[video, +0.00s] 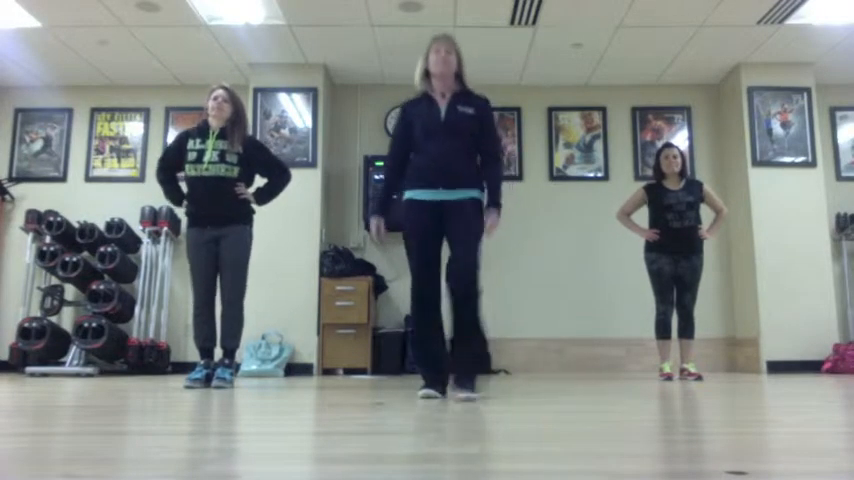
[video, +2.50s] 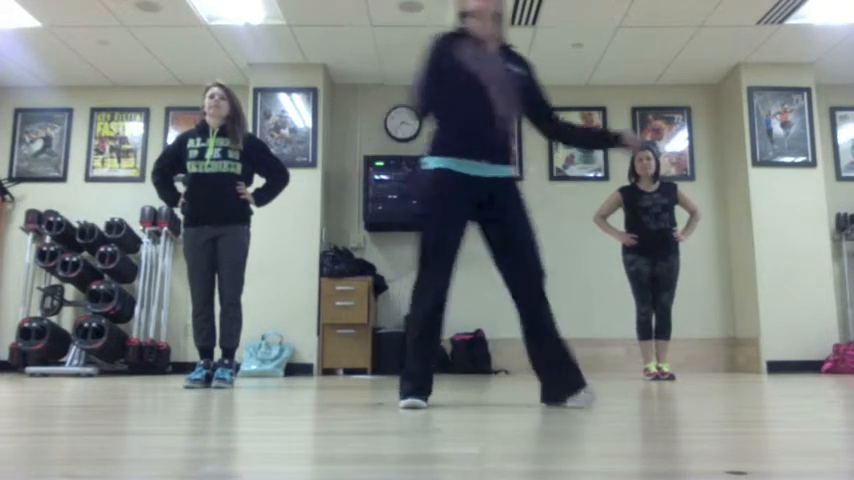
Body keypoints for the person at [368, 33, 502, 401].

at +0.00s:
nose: (443, 58)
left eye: (449, 53)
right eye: (437, 53)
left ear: (458, 61)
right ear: (426, 62)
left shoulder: (477, 105)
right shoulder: (412, 108)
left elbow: (491, 156)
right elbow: (395, 160)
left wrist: (493, 202)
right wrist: (379, 208)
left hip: (465, 204)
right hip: (419, 204)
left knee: (463, 285)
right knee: (424, 290)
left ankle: (464, 375)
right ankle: (432, 378)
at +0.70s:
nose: (438, 14)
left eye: (445, 10)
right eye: (431, 10)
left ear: (457, 22)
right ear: (422, 22)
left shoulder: (480, 69)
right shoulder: (406, 69)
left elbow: (497, 119)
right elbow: (390, 129)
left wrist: (496, 148)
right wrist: (365, 154)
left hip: (467, 180)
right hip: (417, 179)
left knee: (459, 285)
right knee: (415, 283)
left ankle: (444, 386)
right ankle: (416, 386)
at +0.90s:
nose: (435, 7)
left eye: (442, 3)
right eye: (428, 5)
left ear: (454, 15)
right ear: (419, 18)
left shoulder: (478, 66)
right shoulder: (404, 66)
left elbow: (496, 121)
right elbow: (373, 121)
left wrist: (488, 166)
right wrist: (323, 99)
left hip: (465, 180)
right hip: (415, 179)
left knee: (456, 286)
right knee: (413, 285)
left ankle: (444, 387)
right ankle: (414, 388)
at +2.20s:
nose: (443, 3)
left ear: (461, 9)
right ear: (426, 10)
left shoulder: (482, 64)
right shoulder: (406, 58)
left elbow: (497, 127)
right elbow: (392, 122)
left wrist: (517, 174)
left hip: (469, 182)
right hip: (414, 179)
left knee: (505, 270)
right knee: (410, 284)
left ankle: (507, 381)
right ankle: (413, 388)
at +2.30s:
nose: (450, 2)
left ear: (468, 8)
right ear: (432, 9)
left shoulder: (489, 65)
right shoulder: (414, 56)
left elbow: (506, 129)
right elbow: (394, 123)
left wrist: (541, 165)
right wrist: (364, 132)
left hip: (474, 181)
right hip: (421, 178)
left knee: (514, 268)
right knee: (415, 282)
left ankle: (517, 380)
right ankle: (413, 387)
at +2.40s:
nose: (474, 14)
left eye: (480, 9)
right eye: (466, 9)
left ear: (488, 13)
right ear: (454, 13)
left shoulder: (505, 64)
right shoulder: (434, 50)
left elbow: (535, 124)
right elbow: (405, 106)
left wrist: (588, 145)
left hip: (489, 182)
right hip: (437, 179)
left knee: (523, 277)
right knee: (426, 285)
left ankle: (554, 380)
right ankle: (414, 388)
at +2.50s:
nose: (489, 18)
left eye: (494, 12)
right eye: (480, 12)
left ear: (501, 15)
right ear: (466, 15)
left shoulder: (514, 65)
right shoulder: (448, 48)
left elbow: (552, 127)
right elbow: (426, 102)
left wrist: (616, 138)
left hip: (498, 184)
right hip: (449, 180)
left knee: (527, 282)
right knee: (432, 284)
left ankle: (560, 385)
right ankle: (414, 389)